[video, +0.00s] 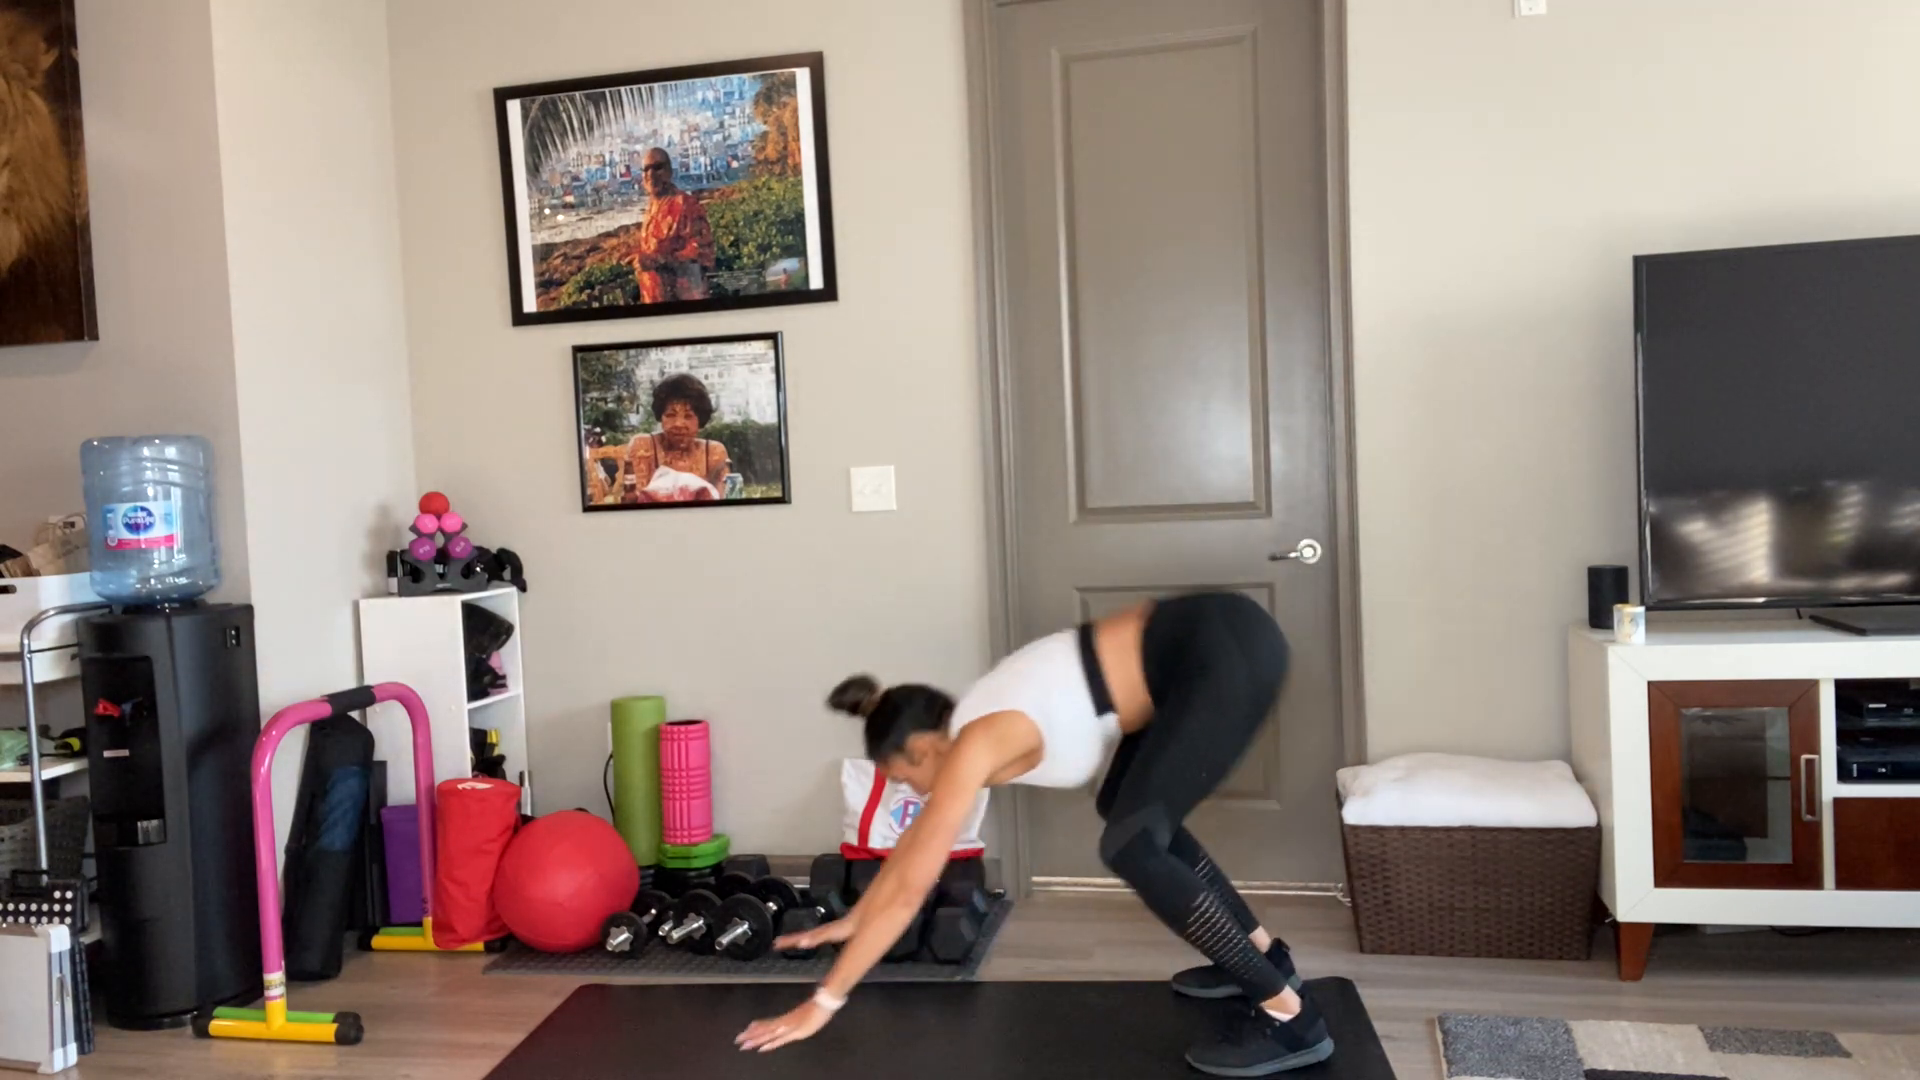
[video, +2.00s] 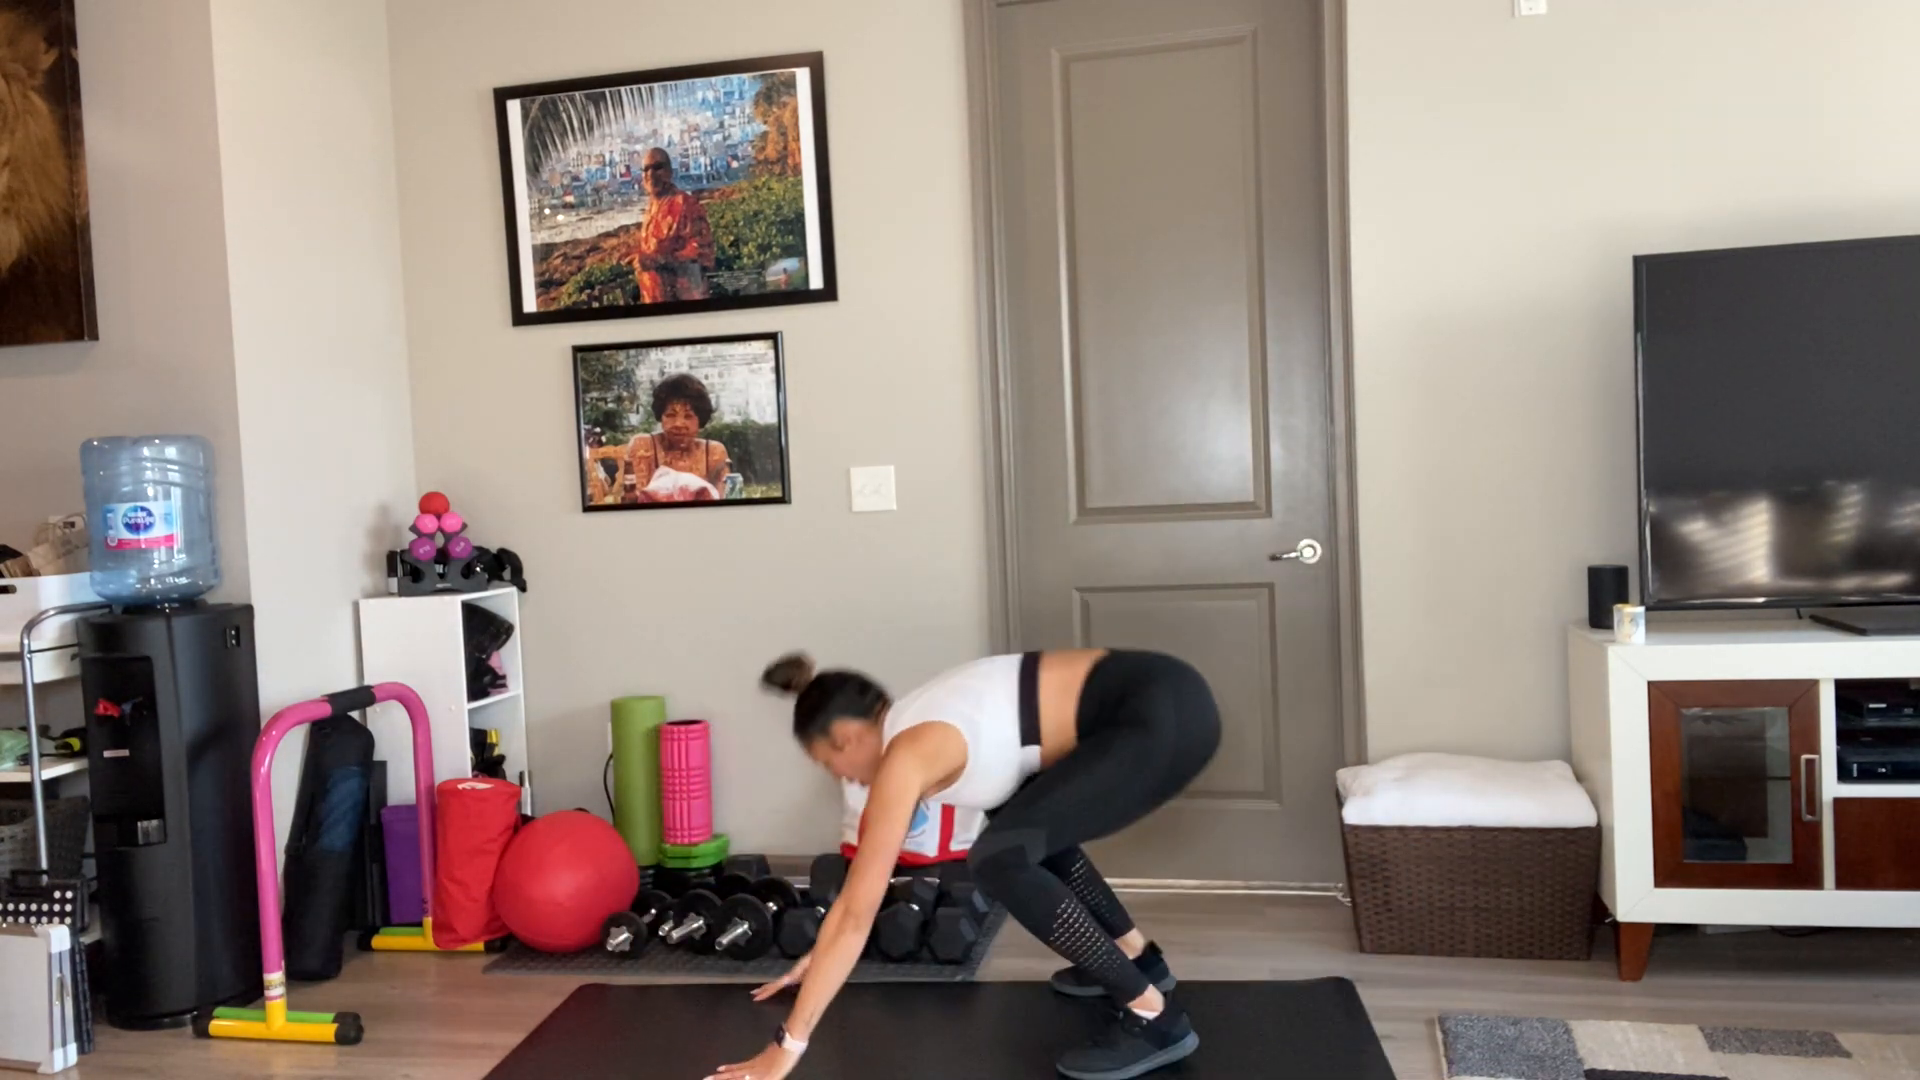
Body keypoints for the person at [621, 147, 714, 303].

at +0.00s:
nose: (650, 174)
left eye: (657, 167)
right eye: (646, 169)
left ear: (670, 172)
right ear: (642, 175)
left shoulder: (686, 205)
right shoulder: (653, 206)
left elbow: (703, 255)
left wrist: (655, 260)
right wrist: (639, 257)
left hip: (683, 297)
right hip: (655, 297)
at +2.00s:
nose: (650, 174)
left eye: (657, 167)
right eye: (646, 169)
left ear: (670, 172)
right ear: (642, 176)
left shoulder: (686, 204)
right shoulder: (653, 206)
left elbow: (703, 255)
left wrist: (655, 260)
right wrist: (638, 257)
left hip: (683, 297)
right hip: (655, 297)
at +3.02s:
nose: (650, 174)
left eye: (657, 167)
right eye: (646, 169)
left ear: (670, 172)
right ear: (643, 175)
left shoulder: (685, 204)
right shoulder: (653, 206)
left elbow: (703, 254)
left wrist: (657, 260)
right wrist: (638, 257)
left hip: (682, 297)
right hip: (654, 297)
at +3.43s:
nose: (650, 174)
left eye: (657, 167)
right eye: (645, 169)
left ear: (669, 171)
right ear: (642, 176)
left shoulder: (686, 204)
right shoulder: (653, 207)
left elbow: (702, 254)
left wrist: (657, 261)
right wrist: (638, 257)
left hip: (683, 297)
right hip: (655, 297)